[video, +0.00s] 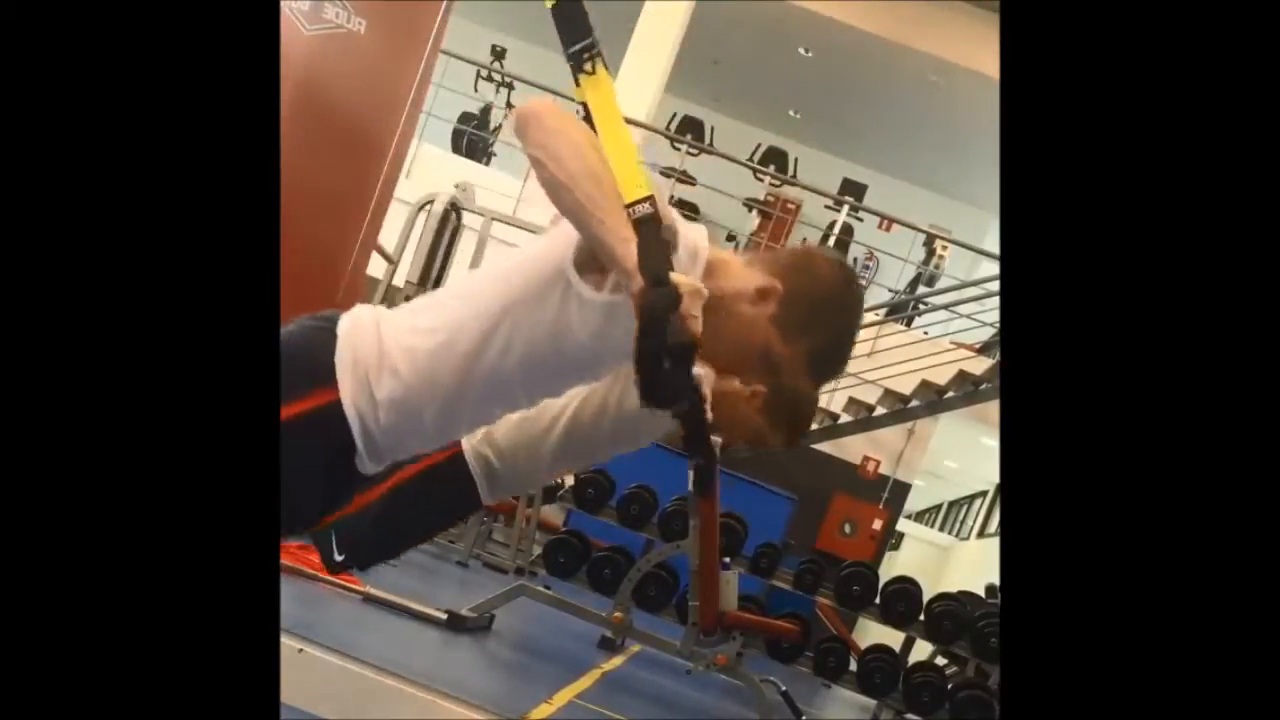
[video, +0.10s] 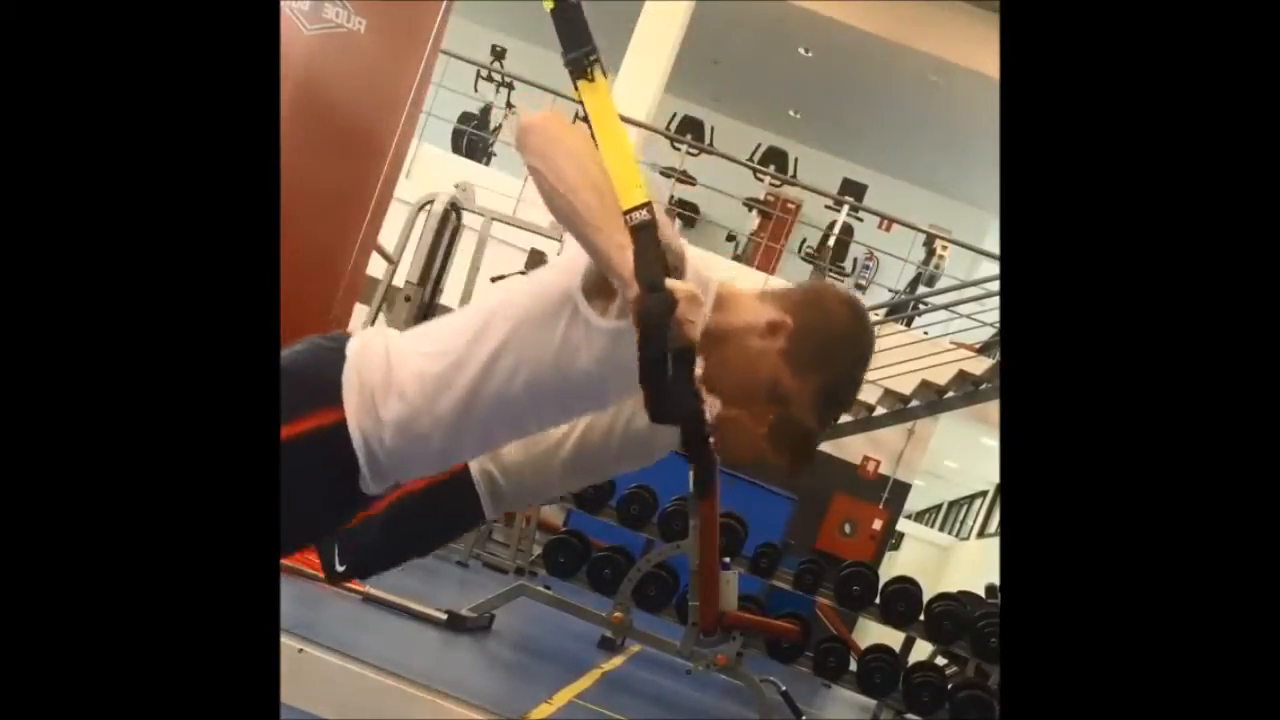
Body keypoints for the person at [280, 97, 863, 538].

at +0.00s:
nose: (746, 373)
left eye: (765, 372)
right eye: (764, 358)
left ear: (762, 293)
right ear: (763, 295)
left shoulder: (676, 325)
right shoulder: (659, 235)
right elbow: (537, 119)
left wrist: (679, 393)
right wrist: (641, 269)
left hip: (370, 450)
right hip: (330, 392)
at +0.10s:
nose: (746, 404)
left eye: (766, 405)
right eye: (768, 392)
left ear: (774, 325)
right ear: (774, 330)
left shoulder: (683, 344)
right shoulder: (659, 251)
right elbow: (538, 130)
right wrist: (628, 266)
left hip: (365, 467)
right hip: (332, 414)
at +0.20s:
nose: (757, 475)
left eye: (778, 471)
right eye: (777, 456)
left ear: (778, 366)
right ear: (779, 371)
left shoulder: (702, 410)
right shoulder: (667, 283)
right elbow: (536, 145)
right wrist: (630, 283)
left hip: (367, 491)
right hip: (335, 436)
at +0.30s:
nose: (754, 484)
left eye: (774, 482)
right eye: (776, 467)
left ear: (779, 381)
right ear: (781, 388)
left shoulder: (701, 426)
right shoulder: (675, 304)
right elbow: (536, 153)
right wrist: (626, 286)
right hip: (345, 452)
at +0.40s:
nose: (761, 497)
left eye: (781, 495)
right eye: (780, 479)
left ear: (777, 396)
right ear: (779, 403)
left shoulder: (706, 441)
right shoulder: (675, 323)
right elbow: (540, 165)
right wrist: (631, 296)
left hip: (378, 519)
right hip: (345, 462)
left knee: (287, 571)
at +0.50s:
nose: (760, 505)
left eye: (781, 504)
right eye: (779, 487)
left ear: (780, 407)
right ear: (779, 412)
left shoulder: (711, 440)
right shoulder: (683, 343)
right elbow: (547, 168)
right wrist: (638, 295)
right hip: (347, 470)